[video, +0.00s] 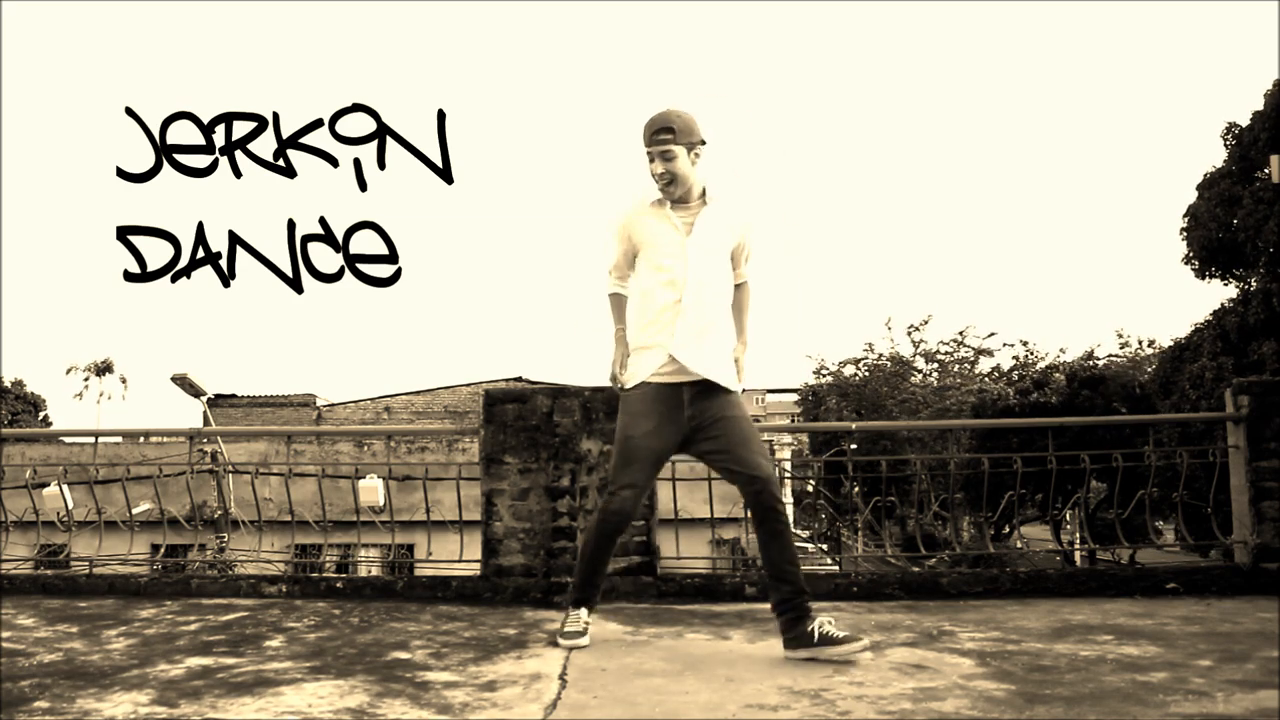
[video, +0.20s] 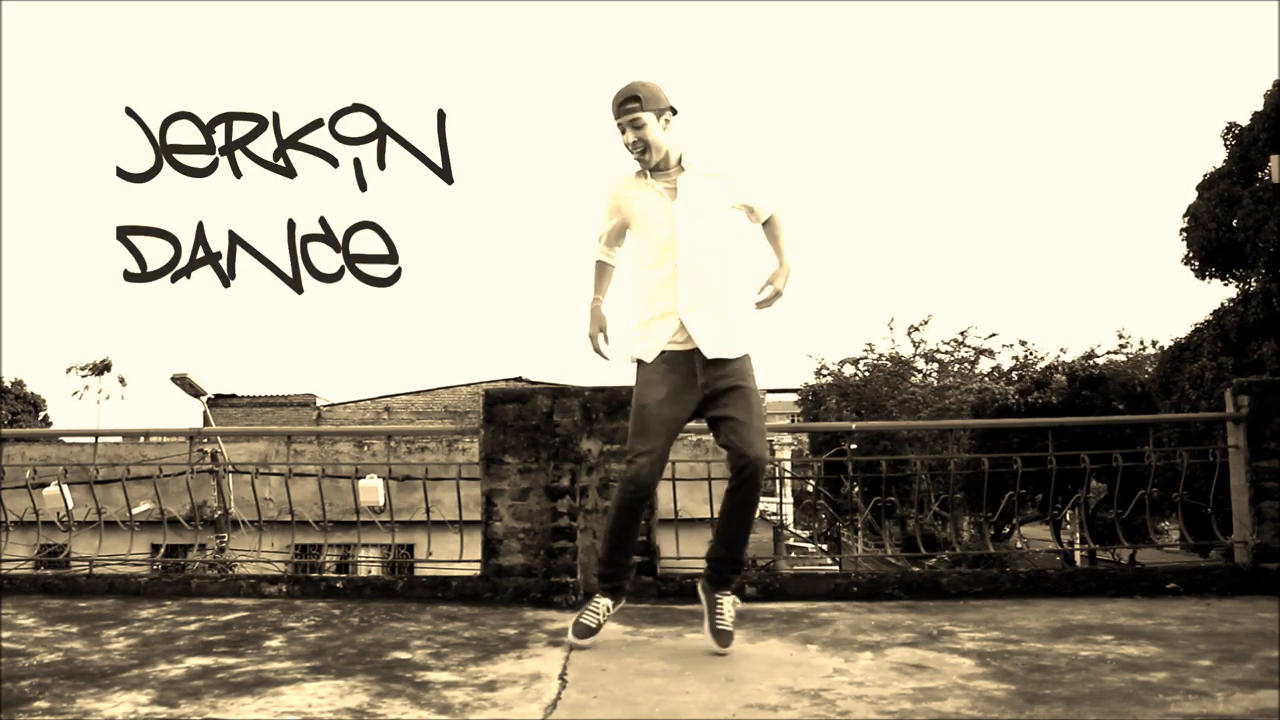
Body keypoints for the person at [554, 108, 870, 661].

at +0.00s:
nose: (658, 167)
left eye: (666, 155)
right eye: (651, 158)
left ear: (697, 154)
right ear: (647, 161)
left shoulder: (730, 218)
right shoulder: (636, 220)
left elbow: (742, 287)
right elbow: (618, 284)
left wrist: (741, 347)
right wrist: (621, 346)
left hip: (715, 387)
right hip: (648, 386)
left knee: (764, 489)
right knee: (621, 501)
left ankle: (797, 624)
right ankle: (578, 609)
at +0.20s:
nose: (632, 139)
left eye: (638, 126)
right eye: (624, 132)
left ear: (667, 120)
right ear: (622, 136)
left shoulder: (719, 181)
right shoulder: (626, 194)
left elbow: (767, 215)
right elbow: (605, 254)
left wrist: (782, 267)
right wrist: (597, 306)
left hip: (728, 351)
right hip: (662, 356)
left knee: (753, 464)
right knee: (641, 472)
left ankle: (720, 584)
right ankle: (606, 593)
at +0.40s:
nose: (644, 139)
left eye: (651, 125)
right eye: (637, 131)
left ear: (681, 117)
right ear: (637, 136)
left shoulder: (740, 179)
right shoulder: (650, 193)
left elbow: (821, 197)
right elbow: (629, 255)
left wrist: (823, 228)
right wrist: (568, 286)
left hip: (737, 343)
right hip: (679, 343)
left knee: (732, 477)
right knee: (714, 467)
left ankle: (654, 590)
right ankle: (708, 608)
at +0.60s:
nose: (688, 140)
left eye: (696, 129)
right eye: (681, 132)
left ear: (727, 127)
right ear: (678, 136)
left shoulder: (768, 192)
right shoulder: (679, 199)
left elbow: (839, 239)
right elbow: (647, 256)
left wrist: (812, 239)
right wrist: (576, 238)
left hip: (759, 354)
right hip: (697, 358)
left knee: (791, 479)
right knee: (722, 484)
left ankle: (729, 575)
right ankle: (739, 622)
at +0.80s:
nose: (734, 134)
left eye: (744, 123)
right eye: (728, 125)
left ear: (772, 126)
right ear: (721, 130)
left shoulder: (798, 202)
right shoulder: (705, 186)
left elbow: (847, 256)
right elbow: (650, 229)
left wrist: (870, 288)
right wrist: (583, 199)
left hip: (774, 364)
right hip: (708, 358)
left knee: (794, 491)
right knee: (678, 455)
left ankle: (799, 609)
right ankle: (705, 583)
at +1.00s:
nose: (764, 136)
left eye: (776, 128)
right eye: (758, 126)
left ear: (799, 135)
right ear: (750, 130)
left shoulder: (811, 216)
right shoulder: (718, 182)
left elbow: (834, 294)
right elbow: (660, 234)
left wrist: (867, 342)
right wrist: (588, 246)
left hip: (761, 363)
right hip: (699, 352)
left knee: (783, 486)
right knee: (679, 462)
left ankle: (759, 620)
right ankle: (655, 579)